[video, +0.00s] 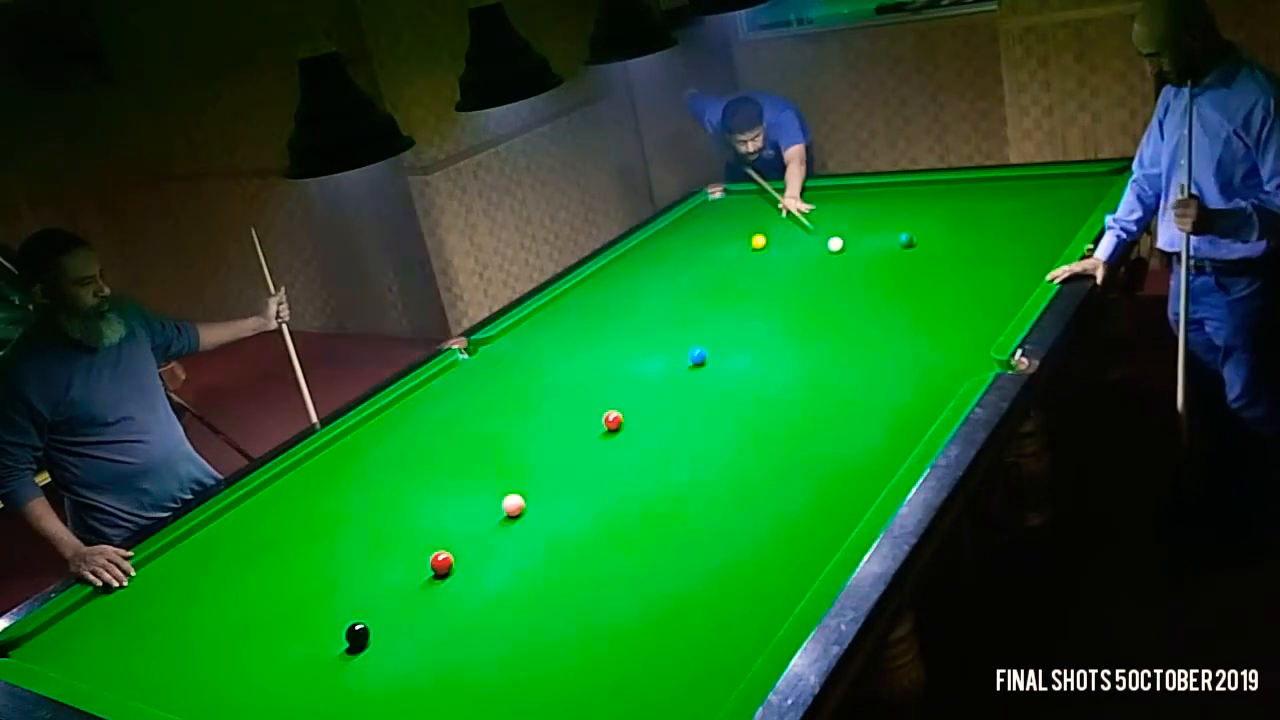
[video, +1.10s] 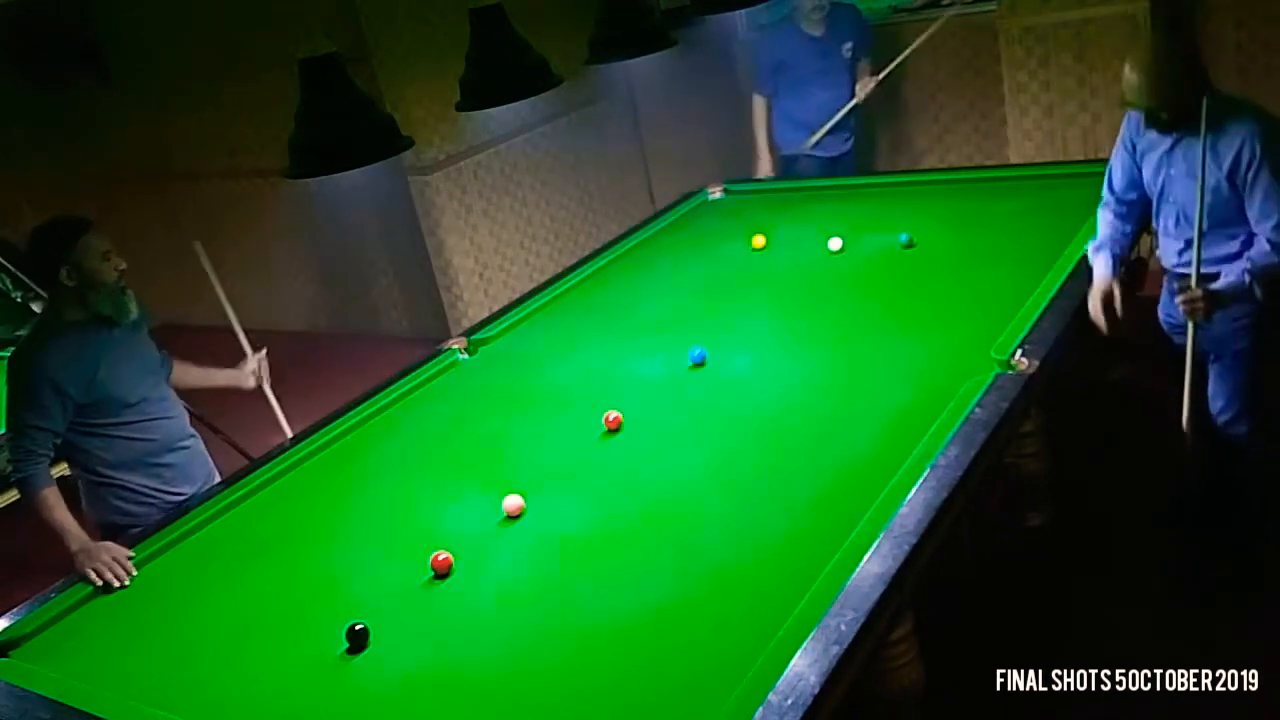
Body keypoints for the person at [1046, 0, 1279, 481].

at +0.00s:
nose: (1152, 69)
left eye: (1158, 55)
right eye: (1145, 57)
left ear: (1193, 39)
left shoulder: (1260, 99)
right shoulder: (1173, 97)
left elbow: (1277, 210)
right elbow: (1145, 180)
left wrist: (1214, 219)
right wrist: (1104, 253)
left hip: (1243, 284)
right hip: (1185, 278)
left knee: (1248, 409)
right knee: (1199, 407)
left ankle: (1257, 523)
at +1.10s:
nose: (1150, 117)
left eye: (1159, 106)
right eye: (1144, 106)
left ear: (1189, 91)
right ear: (1139, 95)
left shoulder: (1246, 137)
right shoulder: (1139, 127)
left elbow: (1272, 241)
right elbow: (1118, 203)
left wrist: (1218, 291)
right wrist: (1104, 266)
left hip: (1234, 304)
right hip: (1174, 299)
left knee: (1227, 419)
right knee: (1178, 411)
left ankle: (1241, 527)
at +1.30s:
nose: (1152, 184)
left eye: (1161, 175)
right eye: (1143, 173)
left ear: (1195, 155)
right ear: (1136, 152)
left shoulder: (1259, 174)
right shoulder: (1132, 174)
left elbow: (1276, 273)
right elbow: (1107, 253)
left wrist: (1229, 324)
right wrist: (1097, 332)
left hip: (1248, 311)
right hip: (1184, 299)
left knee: (1228, 439)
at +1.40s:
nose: (1151, 222)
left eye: (1157, 212)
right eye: (1140, 214)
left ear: (1185, 190)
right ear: (1128, 190)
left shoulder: (1257, 189)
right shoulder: (1126, 200)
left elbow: (1278, 282)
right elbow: (1101, 279)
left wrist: (1238, 332)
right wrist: (1089, 362)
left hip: (1255, 319)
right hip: (1192, 310)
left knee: (1231, 443)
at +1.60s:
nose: (1132, 270)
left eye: (1142, 259)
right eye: (1125, 257)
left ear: (1172, 241)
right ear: (1117, 234)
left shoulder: (1247, 221)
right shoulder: (1127, 229)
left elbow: (1279, 303)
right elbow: (1095, 309)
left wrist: (1256, 344)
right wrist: (1068, 377)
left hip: (1263, 336)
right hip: (1203, 320)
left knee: (1238, 456)